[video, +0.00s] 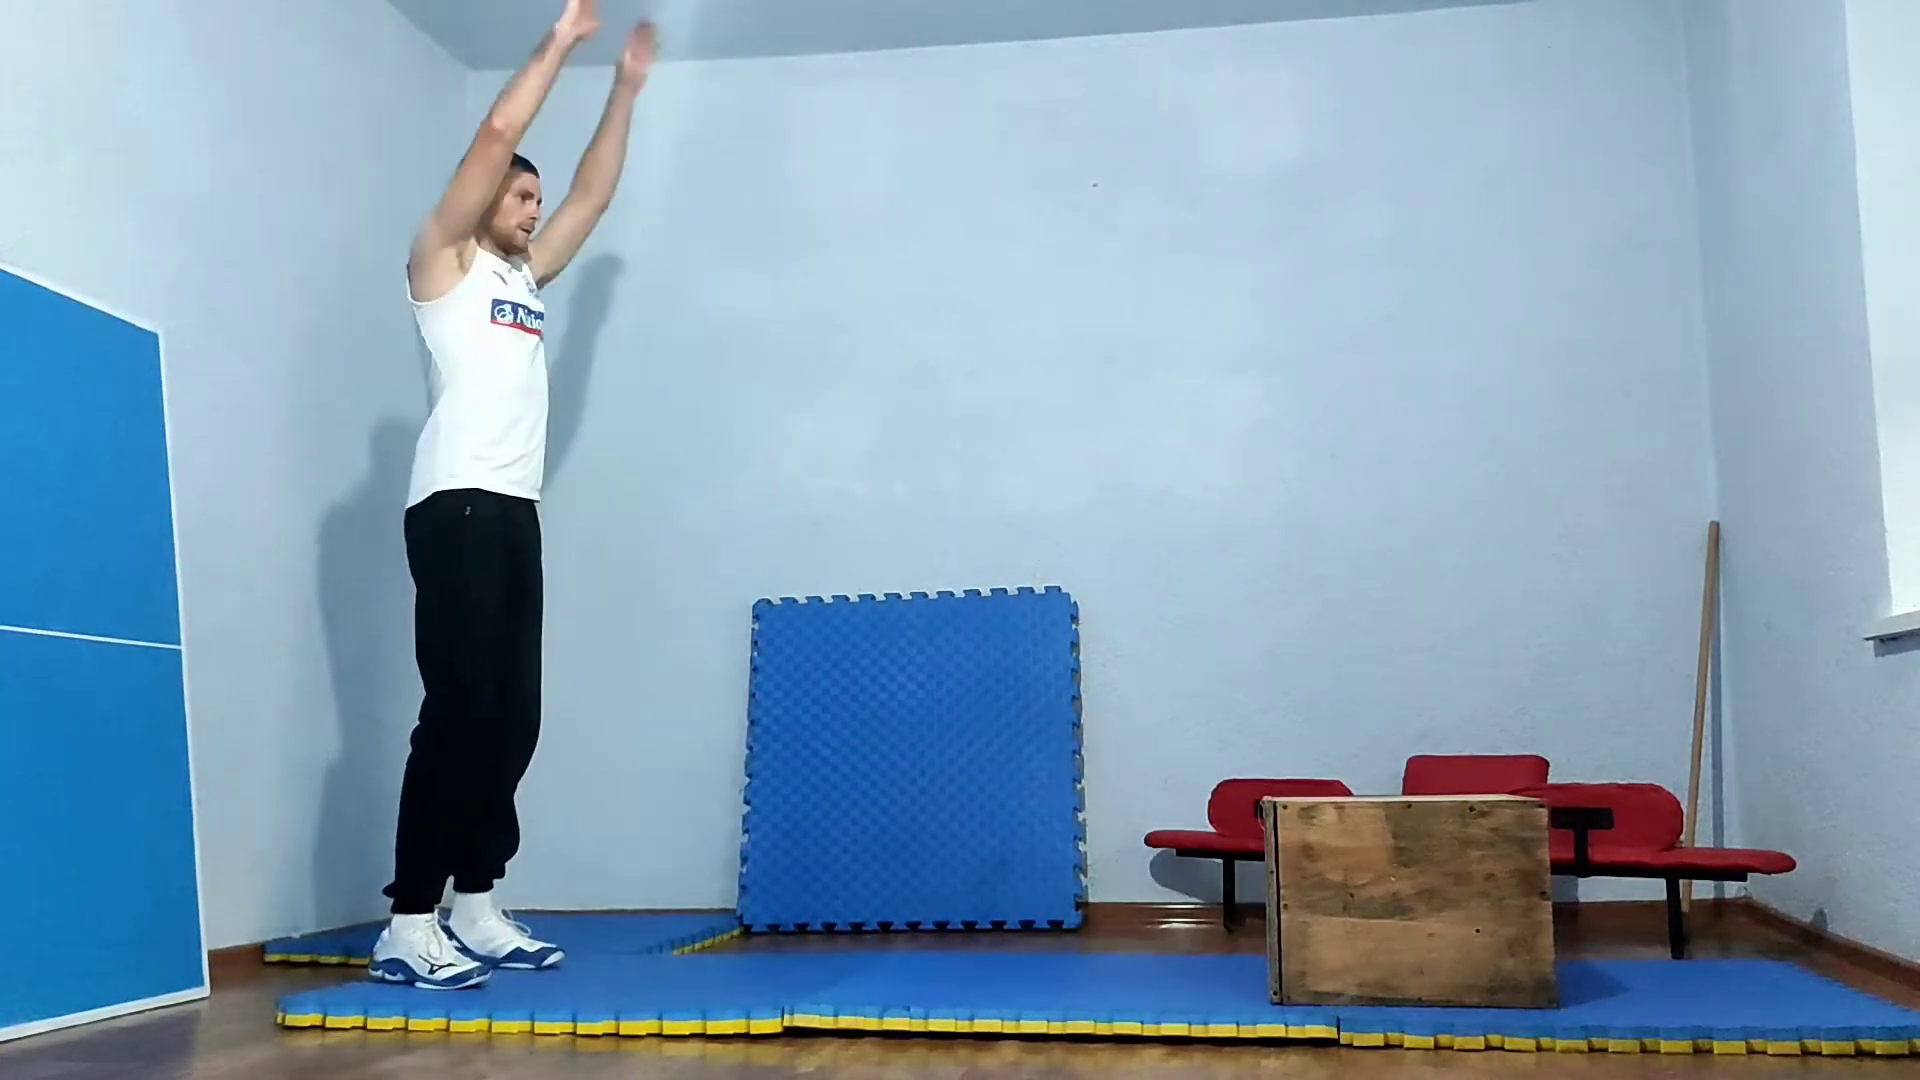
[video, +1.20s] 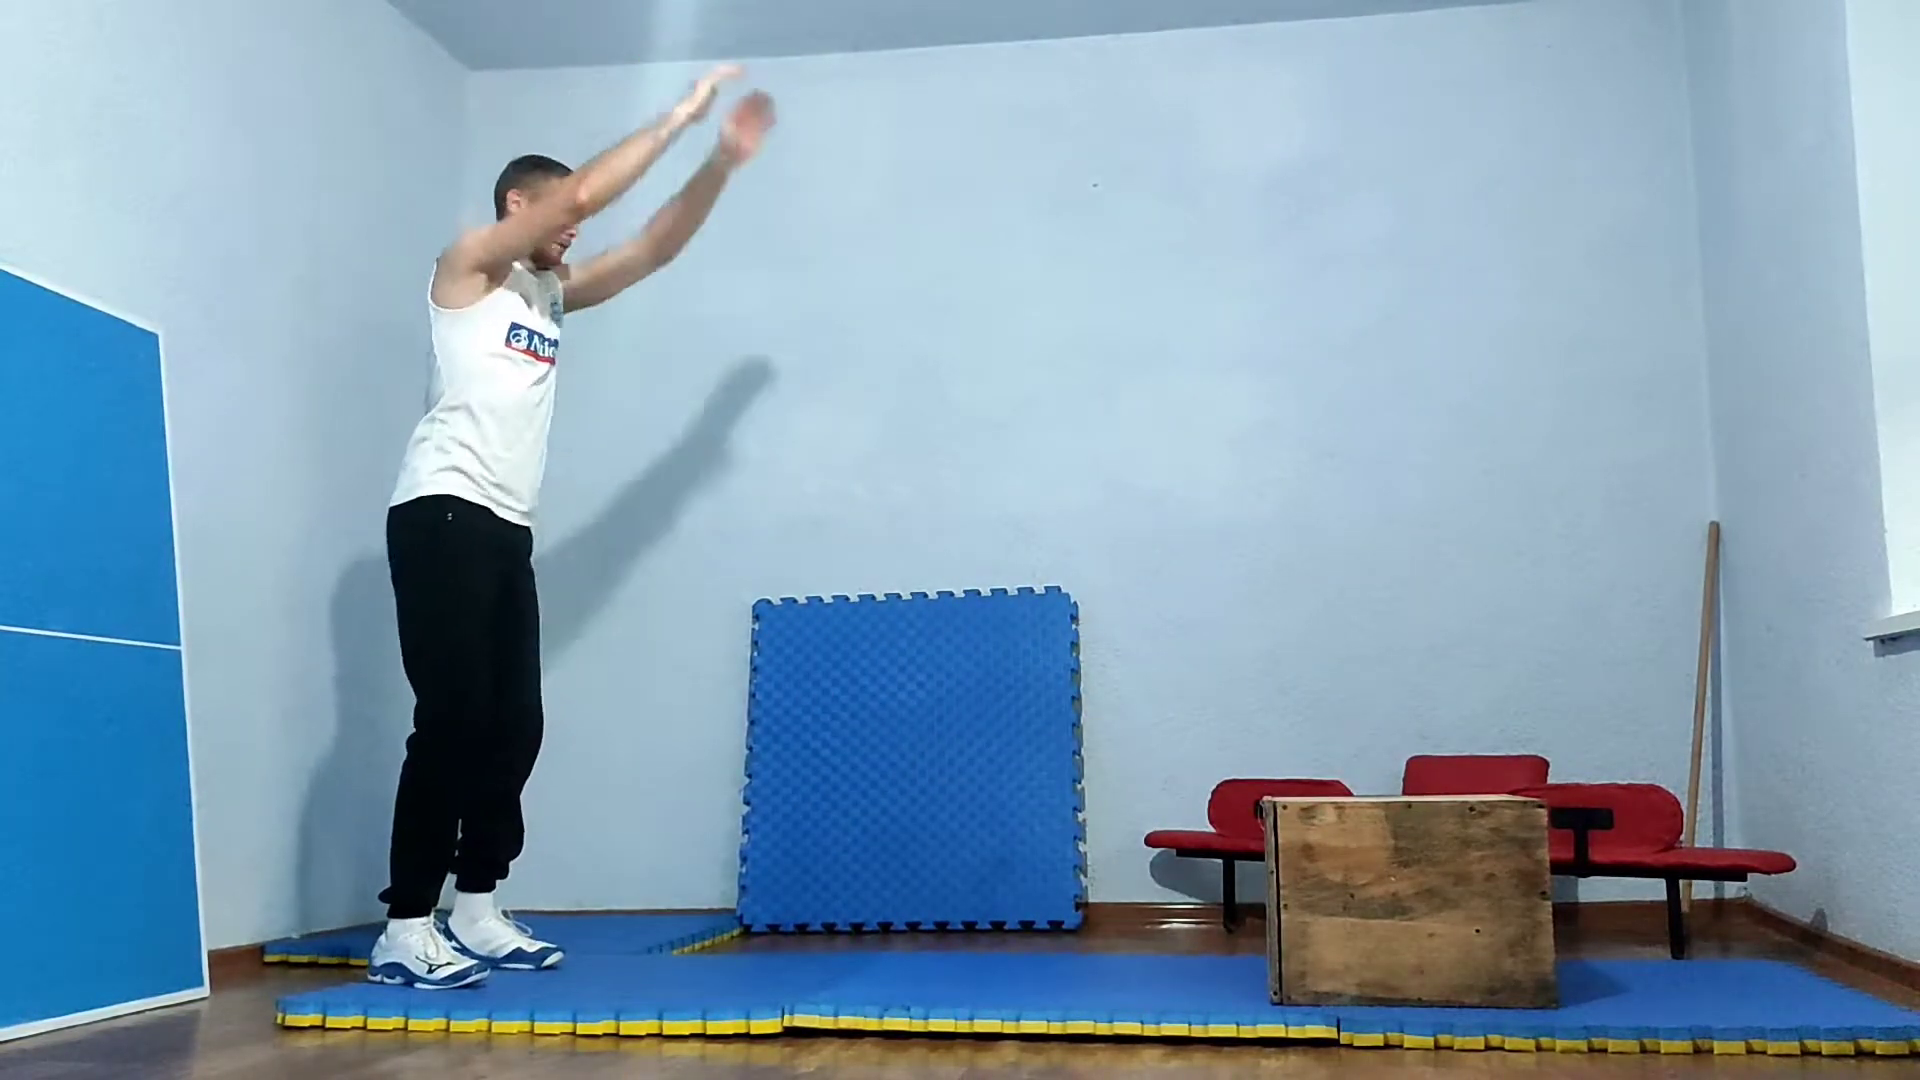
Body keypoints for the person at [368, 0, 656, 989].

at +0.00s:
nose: (534, 202)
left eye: (540, 194)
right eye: (520, 186)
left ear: (539, 209)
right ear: (483, 187)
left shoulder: (522, 276)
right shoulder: (444, 256)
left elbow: (590, 194)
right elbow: (497, 134)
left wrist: (628, 89)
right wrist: (561, 40)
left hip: (516, 519)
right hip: (456, 514)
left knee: (514, 719)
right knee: (460, 716)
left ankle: (472, 908)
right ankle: (407, 925)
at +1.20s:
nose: (576, 224)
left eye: (578, 210)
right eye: (566, 207)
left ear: (551, 215)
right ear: (515, 202)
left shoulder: (549, 296)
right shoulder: (472, 262)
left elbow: (655, 247)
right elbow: (580, 199)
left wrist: (724, 164)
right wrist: (677, 118)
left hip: (506, 534)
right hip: (442, 518)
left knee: (515, 724)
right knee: (455, 718)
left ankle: (472, 910)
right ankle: (405, 927)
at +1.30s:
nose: (592, 246)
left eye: (596, 234)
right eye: (582, 229)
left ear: (569, 237)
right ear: (532, 224)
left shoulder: (559, 314)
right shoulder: (474, 279)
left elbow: (678, 316)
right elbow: (594, 276)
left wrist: (775, 266)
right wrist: (718, 233)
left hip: (492, 544)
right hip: (427, 527)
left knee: (519, 723)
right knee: (454, 720)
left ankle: (473, 912)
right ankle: (405, 930)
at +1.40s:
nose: (616, 279)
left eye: (621, 268)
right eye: (607, 261)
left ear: (595, 273)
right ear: (556, 253)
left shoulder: (579, 349)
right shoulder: (498, 310)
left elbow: (666, 406)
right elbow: (573, 385)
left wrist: (780, 428)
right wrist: (686, 417)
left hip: (480, 554)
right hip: (413, 532)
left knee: (529, 722)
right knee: (459, 724)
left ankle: (474, 911)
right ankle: (406, 929)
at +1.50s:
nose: (648, 334)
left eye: (653, 322)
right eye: (639, 317)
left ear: (610, 316)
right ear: (591, 305)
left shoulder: (595, 406)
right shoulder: (520, 364)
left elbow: (640, 506)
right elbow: (520, 486)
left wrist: (720, 594)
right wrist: (578, 593)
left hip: (468, 572)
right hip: (401, 555)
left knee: (548, 730)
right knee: (474, 730)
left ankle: (476, 912)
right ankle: (407, 931)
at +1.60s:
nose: (681, 405)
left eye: (686, 392)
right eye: (672, 388)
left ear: (639, 390)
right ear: (622, 381)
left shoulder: (614, 472)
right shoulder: (539, 437)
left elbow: (590, 581)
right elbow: (451, 549)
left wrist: (592, 688)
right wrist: (404, 678)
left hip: (471, 602)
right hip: (400, 587)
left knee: (569, 741)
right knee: (498, 735)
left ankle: (480, 913)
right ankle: (411, 930)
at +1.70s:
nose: (705, 486)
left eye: (709, 474)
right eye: (696, 469)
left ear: (656, 469)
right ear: (646, 461)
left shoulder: (631, 534)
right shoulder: (557, 509)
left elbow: (520, 581)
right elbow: (420, 553)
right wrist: (301, 648)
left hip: (476, 651)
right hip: (401, 638)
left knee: (596, 754)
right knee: (523, 750)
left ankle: (482, 913)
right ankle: (416, 929)